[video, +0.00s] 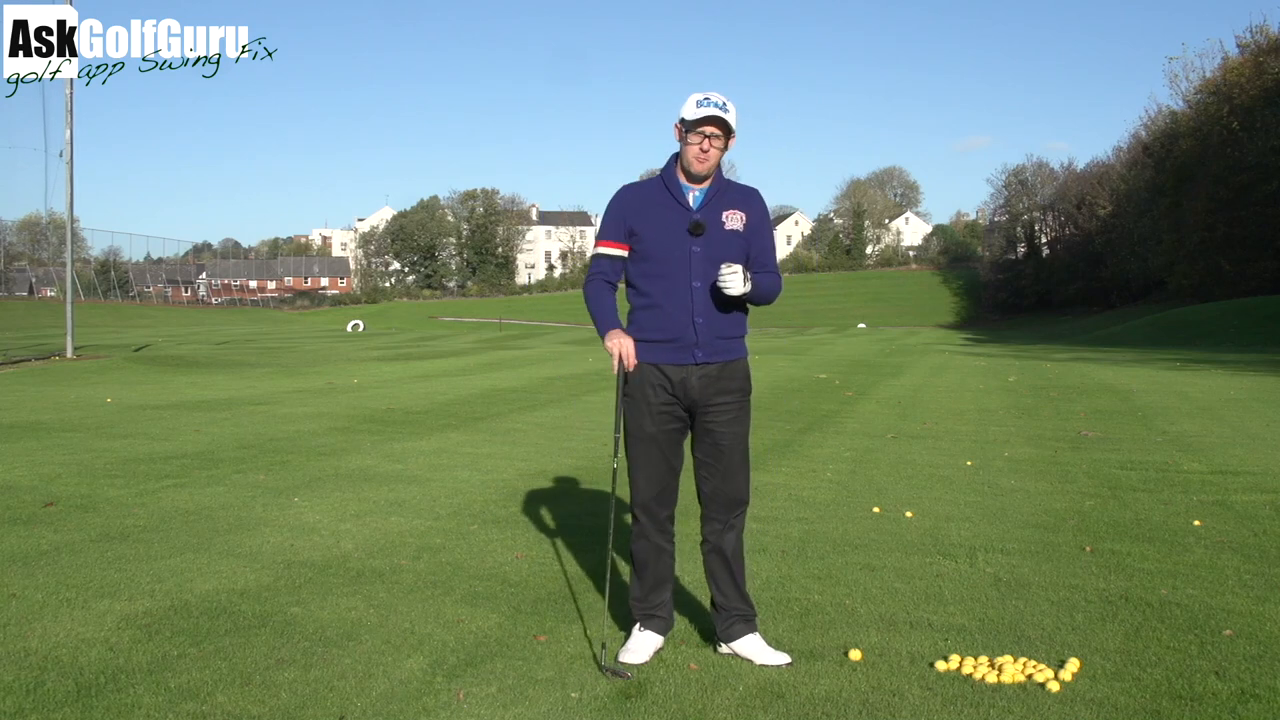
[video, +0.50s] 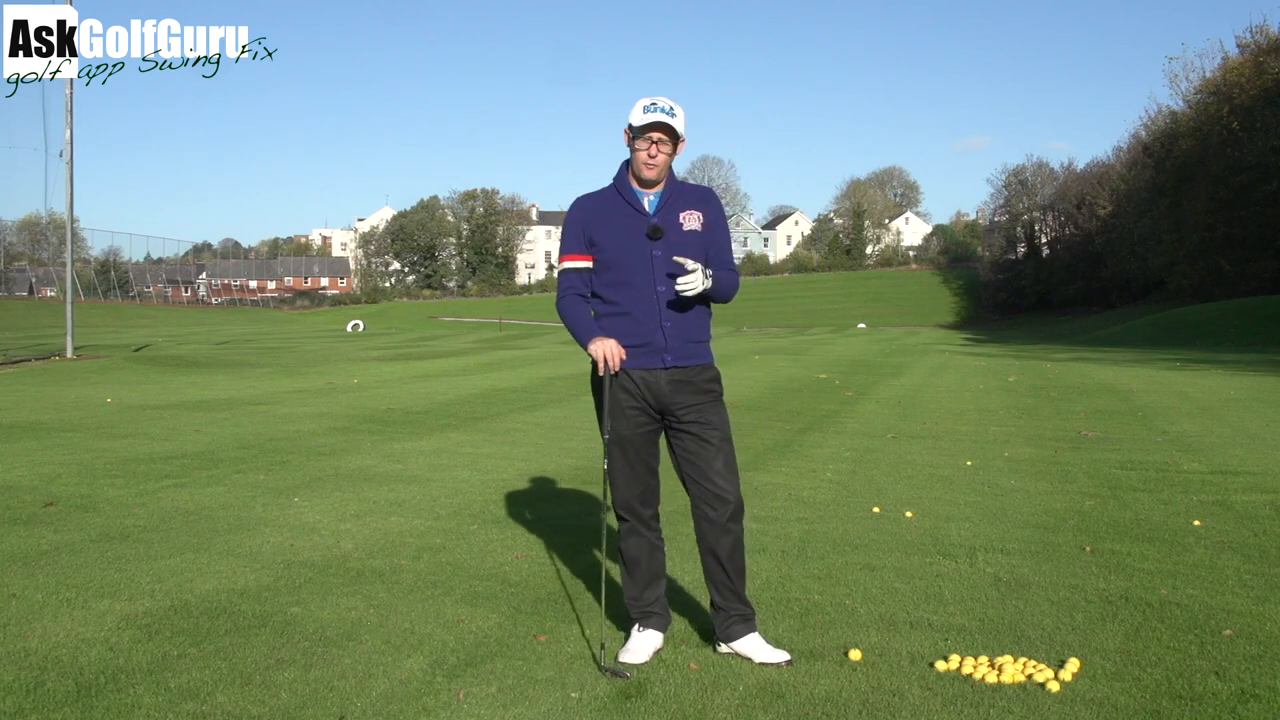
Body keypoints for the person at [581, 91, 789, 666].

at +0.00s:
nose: (704, 144)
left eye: (715, 137)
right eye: (696, 133)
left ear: (728, 145)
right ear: (678, 135)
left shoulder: (748, 203)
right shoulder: (633, 200)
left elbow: (770, 283)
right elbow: (599, 279)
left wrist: (749, 284)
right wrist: (611, 329)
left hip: (725, 374)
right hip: (651, 373)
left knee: (726, 506)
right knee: (651, 506)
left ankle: (734, 628)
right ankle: (650, 622)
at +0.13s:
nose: (690, 145)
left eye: (700, 137)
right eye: (681, 135)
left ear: (712, 145)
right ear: (664, 138)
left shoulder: (733, 202)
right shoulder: (618, 204)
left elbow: (757, 289)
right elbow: (594, 286)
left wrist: (734, 271)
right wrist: (610, 334)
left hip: (718, 375)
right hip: (646, 377)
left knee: (724, 506)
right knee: (649, 508)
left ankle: (734, 627)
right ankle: (649, 622)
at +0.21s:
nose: (682, 144)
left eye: (692, 136)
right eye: (673, 134)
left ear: (703, 143)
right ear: (655, 136)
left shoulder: (723, 201)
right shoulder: (609, 204)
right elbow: (588, 288)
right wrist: (607, 336)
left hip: (712, 374)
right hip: (641, 375)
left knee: (724, 505)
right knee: (645, 507)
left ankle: (735, 627)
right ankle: (649, 621)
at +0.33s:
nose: (667, 147)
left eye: (678, 139)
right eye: (659, 137)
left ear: (690, 147)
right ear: (641, 141)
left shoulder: (712, 204)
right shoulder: (598, 210)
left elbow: (740, 287)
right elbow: (576, 295)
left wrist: (717, 272)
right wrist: (602, 337)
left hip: (701, 379)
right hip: (631, 380)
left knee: (731, 501)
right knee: (637, 507)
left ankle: (735, 626)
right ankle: (649, 621)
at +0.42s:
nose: (659, 150)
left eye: (669, 142)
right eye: (650, 140)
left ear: (682, 150)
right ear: (633, 144)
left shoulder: (707, 206)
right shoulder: (593, 213)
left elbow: (734, 289)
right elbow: (572, 297)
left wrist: (714, 282)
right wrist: (597, 337)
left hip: (696, 379)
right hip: (627, 379)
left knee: (728, 501)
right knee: (634, 506)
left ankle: (735, 626)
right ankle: (648, 621)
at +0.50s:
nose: (654, 146)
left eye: (664, 138)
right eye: (646, 137)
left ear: (678, 147)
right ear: (629, 142)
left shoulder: (703, 204)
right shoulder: (588, 210)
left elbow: (729, 283)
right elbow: (570, 293)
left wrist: (710, 280)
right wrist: (591, 336)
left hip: (694, 376)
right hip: (624, 379)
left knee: (721, 501)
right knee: (634, 507)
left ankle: (734, 626)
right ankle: (649, 621)